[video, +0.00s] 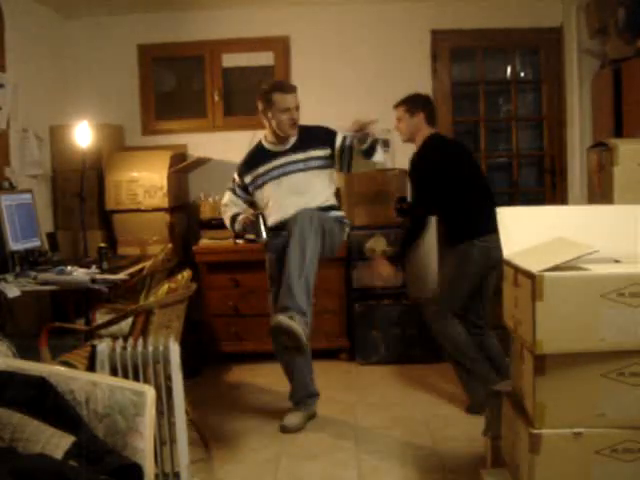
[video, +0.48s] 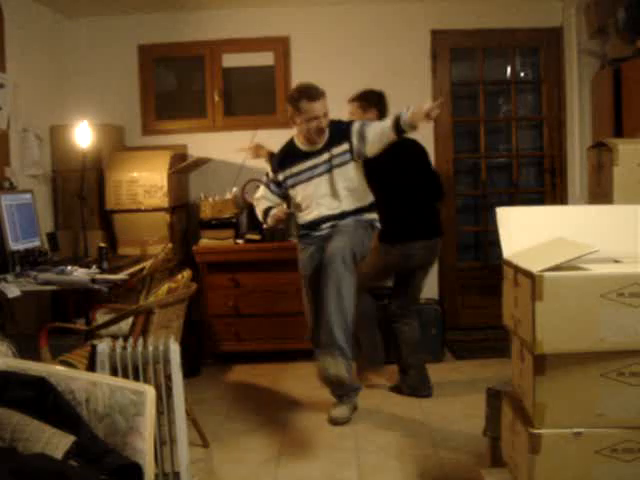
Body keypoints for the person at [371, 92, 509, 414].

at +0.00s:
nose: (396, 126)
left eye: (400, 119)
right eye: (396, 120)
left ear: (419, 118)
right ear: (423, 119)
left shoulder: (424, 159)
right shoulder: (454, 147)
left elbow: (420, 217)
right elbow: (451, 200)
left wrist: (397, 256)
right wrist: (411, 208)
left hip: (464, 247)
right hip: (490, 242)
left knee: (441, 312)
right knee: (476, 321)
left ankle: (488, 380)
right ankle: (500, 386)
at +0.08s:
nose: (392, 117)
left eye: (395, 110)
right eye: (392, 110)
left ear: (414, 108)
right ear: (419, 110)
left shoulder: (415, 150)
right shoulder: (452, 139)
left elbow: (404, 207)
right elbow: (452, 193)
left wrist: (373, 224)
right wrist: (412, 202)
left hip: (458, 236)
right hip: (487, 233)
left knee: (415, 287)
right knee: (477, 313)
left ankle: (453, 353)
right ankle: (497, 381)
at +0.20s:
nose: (374, 111)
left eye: (378, 103)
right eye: (374, 104)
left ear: (397, 101)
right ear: (407, 102)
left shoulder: (390, 142)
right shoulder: (436, 130)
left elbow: (372, 184)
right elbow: (437, 179)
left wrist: (354, 152)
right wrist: (401, 193)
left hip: (438, 222)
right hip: (472, 221)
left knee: (394, 253)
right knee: (445, 296)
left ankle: (408, 322)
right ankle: (460, 370)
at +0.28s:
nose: (370, 107)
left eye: (372, 102)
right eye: (370, 101)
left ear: (380, 104)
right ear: (407, 103)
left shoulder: (387, 143)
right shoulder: (434, 132)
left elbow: (366, 175)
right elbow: (439, 174)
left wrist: (354, 146)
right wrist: (397, 192)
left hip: (434, 224)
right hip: (468, 222)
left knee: (393, 259)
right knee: (435, 296)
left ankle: (403, 331)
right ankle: (439, 375)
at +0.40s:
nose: (365, 128)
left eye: (366, 122)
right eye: (367, 121)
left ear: (370, 126)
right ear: (396, 120)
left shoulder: (374, 157)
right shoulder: (425, 147)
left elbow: (381, 200)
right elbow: (449, 191)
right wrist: (432, 212)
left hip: (407, 241)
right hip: (441, 238)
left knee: (383, 304)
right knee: (415, 308)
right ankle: (417, 379)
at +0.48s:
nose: (350, 120)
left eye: (354, 113)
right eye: (350, 113)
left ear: (371, 114)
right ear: (382, 113)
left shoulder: (365, 156)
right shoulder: (412, 147)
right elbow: (435, 188)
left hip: (394, 240)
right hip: (427, 238)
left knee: (362, 283)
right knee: (405, 306)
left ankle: (373, 359)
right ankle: (415, 378)